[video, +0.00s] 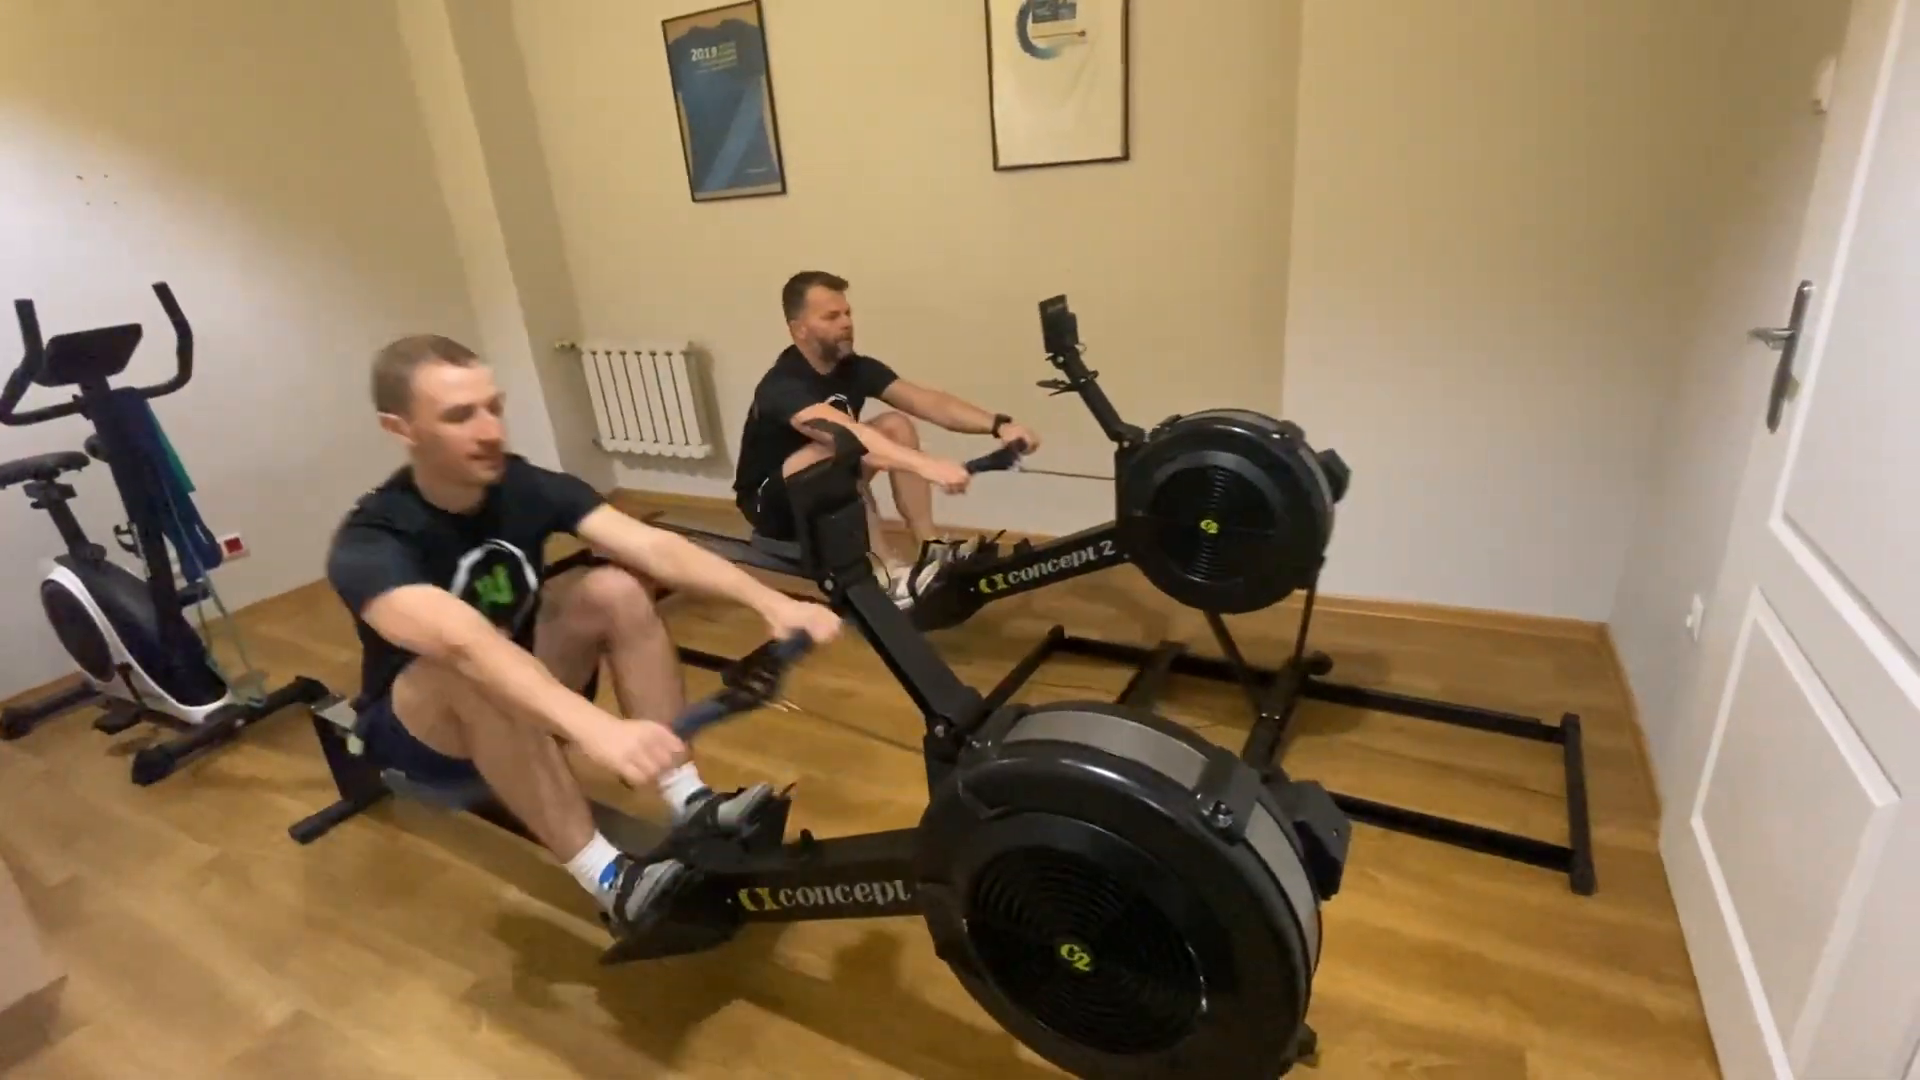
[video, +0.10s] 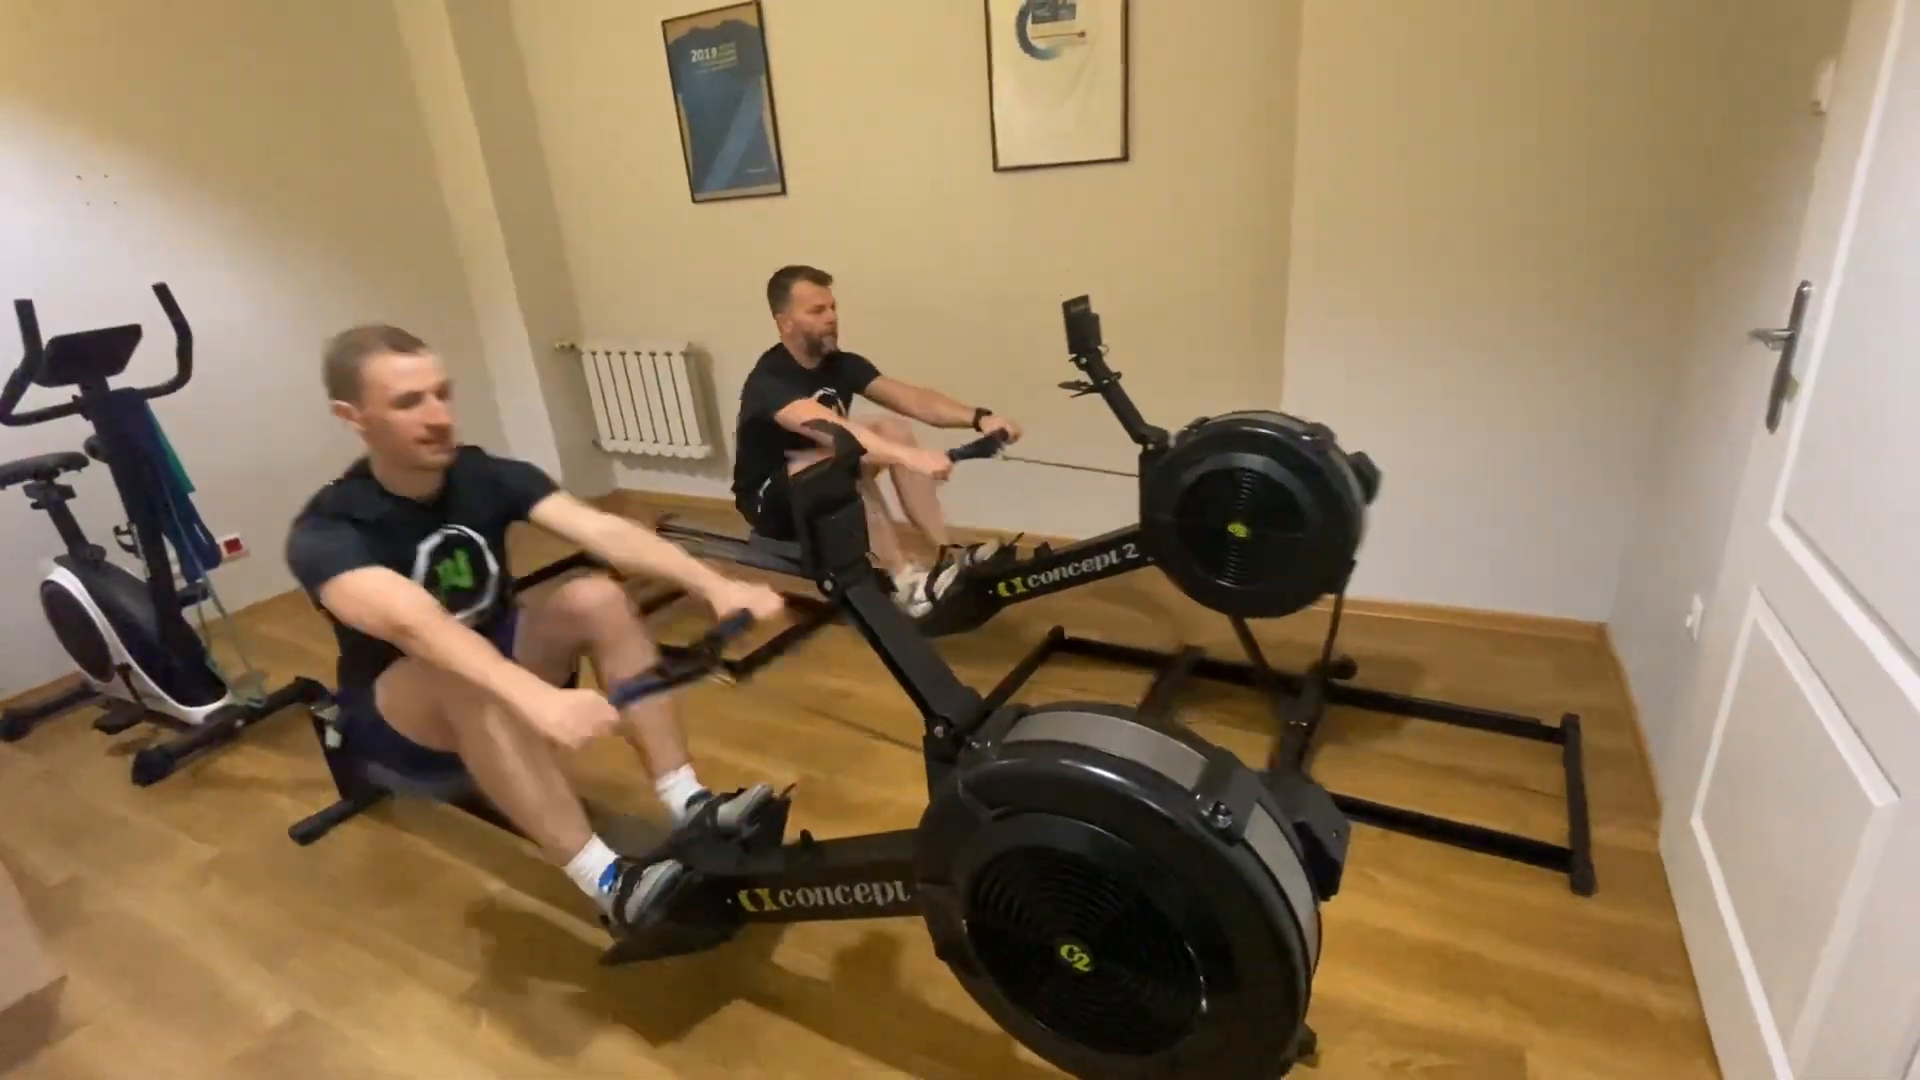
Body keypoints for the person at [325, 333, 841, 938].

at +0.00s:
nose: (490, 431)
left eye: (494, 408)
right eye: (461, 417)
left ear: (503, 404)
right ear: (401, 429)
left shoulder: (524, 488)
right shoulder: (368, 548)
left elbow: (650, 547)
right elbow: (466, 642)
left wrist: (769, 600)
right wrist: (592, 727)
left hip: (516, 691)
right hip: (417, 735)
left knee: (615, 592)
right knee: (476, 666)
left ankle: (693, 808)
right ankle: (612, 883)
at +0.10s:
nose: (437, 416)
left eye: (442, 394)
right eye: (408, 403)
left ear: (452, 391)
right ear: (354, 419)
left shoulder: (485, 479)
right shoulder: (326, 534)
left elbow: (603, 532)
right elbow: (420, 626)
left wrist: (713, 583)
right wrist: (539, 699)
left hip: (492, 654)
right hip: (390, 703)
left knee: (597, 597)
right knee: (468, 680)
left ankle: (692, 809)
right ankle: (611, 885)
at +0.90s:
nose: (240, 415)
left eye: (247, 394)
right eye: (214, 405)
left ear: (258, 390)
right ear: (171, 418)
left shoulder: (319, 472)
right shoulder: (162, 522)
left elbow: (379, 544)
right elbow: (118, 647)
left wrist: (407, 538)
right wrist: (177, 620)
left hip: (388, 617)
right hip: (304, 662)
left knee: (512, 693)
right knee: (427, 744)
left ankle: (686, 803)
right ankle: (607, 879)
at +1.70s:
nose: (426, 418)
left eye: (431, 395)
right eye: (397, 405)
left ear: (441, 390)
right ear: (339, 417)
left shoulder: (466, 471)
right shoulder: (305, 521)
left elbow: (591, 540)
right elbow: (343, 667)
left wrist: (683, 607)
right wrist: (485, 742)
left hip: (471, 655)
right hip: (375, 695)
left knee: (586, 598)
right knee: (434, 664)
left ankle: (683, 801)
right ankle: (604, 878)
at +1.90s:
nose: (497, 436)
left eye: (501, 411)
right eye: (467, 421)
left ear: (509, 404)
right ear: (407, 435)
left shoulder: (531, 487)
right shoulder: (369, 537)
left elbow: (658, 553)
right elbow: (426, 691)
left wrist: (765, 627)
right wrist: (583, 779)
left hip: (513, 678)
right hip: (414, 721)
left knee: (619, 590)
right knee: (458, 659)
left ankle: (684, 800)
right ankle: (611, 878)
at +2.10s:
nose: (565, 455)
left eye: (567, 432)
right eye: (535, 440)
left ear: (576, 428)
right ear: (471, 457)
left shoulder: (592, 504)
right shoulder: (431, 561)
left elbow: (725, 571)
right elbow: (516, 715)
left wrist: (843, 644)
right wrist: (673, 810)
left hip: (556, 693)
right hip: (455, 737)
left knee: (647, 588)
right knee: (489, 678)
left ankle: (687, 791)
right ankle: (607, 875)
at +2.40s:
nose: (569, 453)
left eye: (570, 429)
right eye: (537, 438)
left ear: (579, 427)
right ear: (475, 459)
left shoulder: (598, 510)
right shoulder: (437, 573)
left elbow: (732, 574)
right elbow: (544, 688)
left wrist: (848, 629)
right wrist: (701, 788)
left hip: (563, 733)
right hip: (463, 772)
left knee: (648, 590)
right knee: (503, 680)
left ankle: (692, 825)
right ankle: (616, 879)